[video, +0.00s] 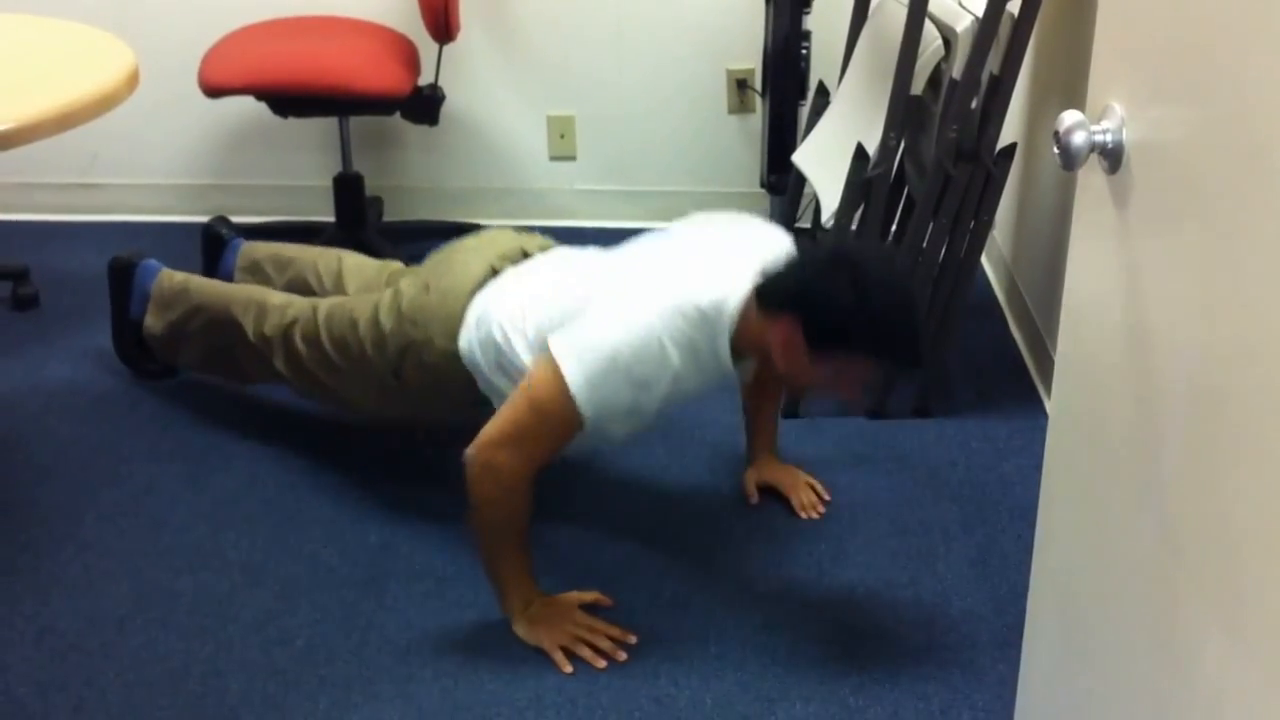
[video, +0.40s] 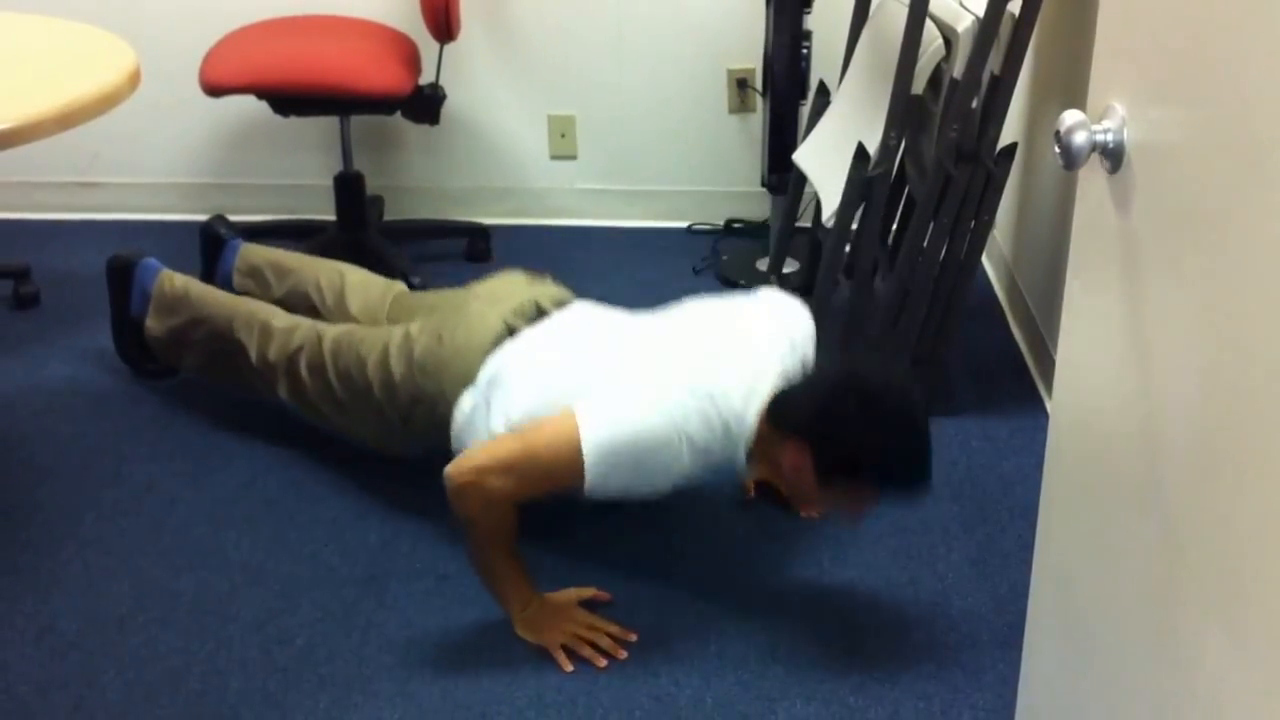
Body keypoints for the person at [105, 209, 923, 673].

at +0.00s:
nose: (838, 395)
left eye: (857, 387)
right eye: (842, 380)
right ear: (791, 340)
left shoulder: (770, 248)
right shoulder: (644, 345)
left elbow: (765, 357)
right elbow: (493, 462)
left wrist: (762, 454)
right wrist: (527, 606)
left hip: (522, 255)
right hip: (462, 325)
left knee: (375, 282)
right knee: (295, 337)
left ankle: (245, 250)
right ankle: (157, 308)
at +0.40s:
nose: (841, 513)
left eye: (856, 501)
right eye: (843, 498)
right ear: (804, 454)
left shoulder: (788, 320)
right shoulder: (663, 436)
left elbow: (695, 321)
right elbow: (473, 481)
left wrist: (751, 443)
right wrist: (527, 606)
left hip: (538, 301)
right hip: (461, 379)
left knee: (391, 305)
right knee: (292, 355)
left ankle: (242, 254)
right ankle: (161, 304)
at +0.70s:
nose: (834, 474)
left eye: (846, 469)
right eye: (835, 463)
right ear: (788, 426)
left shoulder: (776, 301)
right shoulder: (650, 417)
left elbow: (740, 362)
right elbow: (469, 483)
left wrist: (762, 448)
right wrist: (526, 605)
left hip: (527, 291)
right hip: (461, 369)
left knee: (378, 292)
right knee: (290, 353)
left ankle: (233, 249)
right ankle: (155, 302)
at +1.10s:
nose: (821, 387)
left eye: (837, 378)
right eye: (822, 372)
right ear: (778, 337)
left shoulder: (767, 240)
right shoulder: (637, 335)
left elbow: (766, 351)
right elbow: (482, 454)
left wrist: (766, 452)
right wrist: (527, 600)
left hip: (517, 250)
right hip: (453, 325)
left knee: (371, 276)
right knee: (294, 339)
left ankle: (237, 249)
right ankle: (158, 307)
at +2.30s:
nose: (849, 539)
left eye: (867, 530)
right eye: (853, 525)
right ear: (810, 488)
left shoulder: (793, 360)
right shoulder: (672, 451)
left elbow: (786, 303)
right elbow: (478, 481)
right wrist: (529, 599)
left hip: (549, 310)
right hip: (476, 380)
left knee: (395, 300)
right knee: (304, 351)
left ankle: (247, 250)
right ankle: (169, 296)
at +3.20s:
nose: (847, 502)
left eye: (863, 493)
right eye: (850, 488)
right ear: (805, 441)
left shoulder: (797, 313)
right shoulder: (671, 418)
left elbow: (746, 315)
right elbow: (478, 473)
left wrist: (769, 437)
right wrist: (530, 595)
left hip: (552, 286)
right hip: (478, 363)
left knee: (391, 288)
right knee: (303, 343)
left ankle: (251, 245)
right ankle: (174, 293)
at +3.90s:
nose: (852, 549)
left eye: (867, 539)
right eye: (853, 535)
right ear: (807, 500)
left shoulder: (797, 364)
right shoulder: (677, 455)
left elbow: (792, 299)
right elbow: (484, 476)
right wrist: (532, 590)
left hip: (551, 312)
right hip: (477, 383)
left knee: (401, 301)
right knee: (310, 349)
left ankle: (249, 246)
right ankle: (181, 283)